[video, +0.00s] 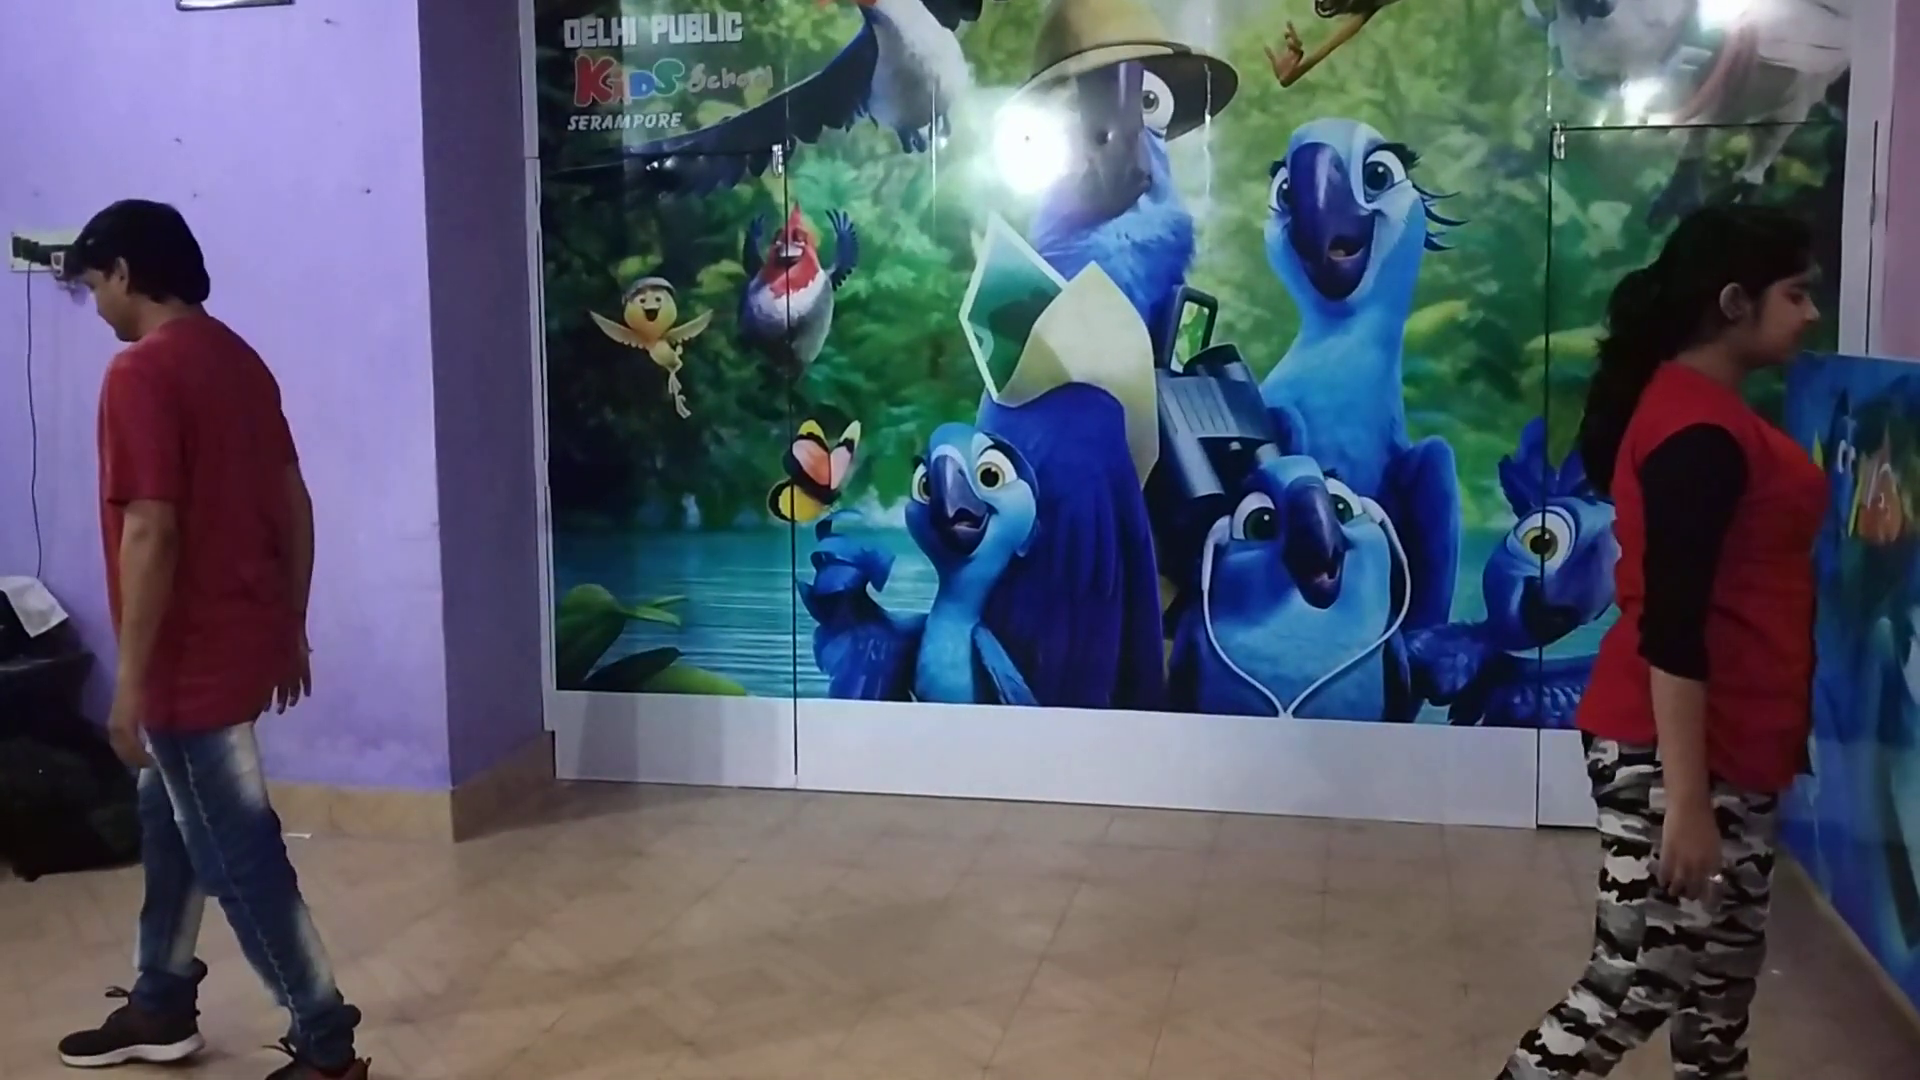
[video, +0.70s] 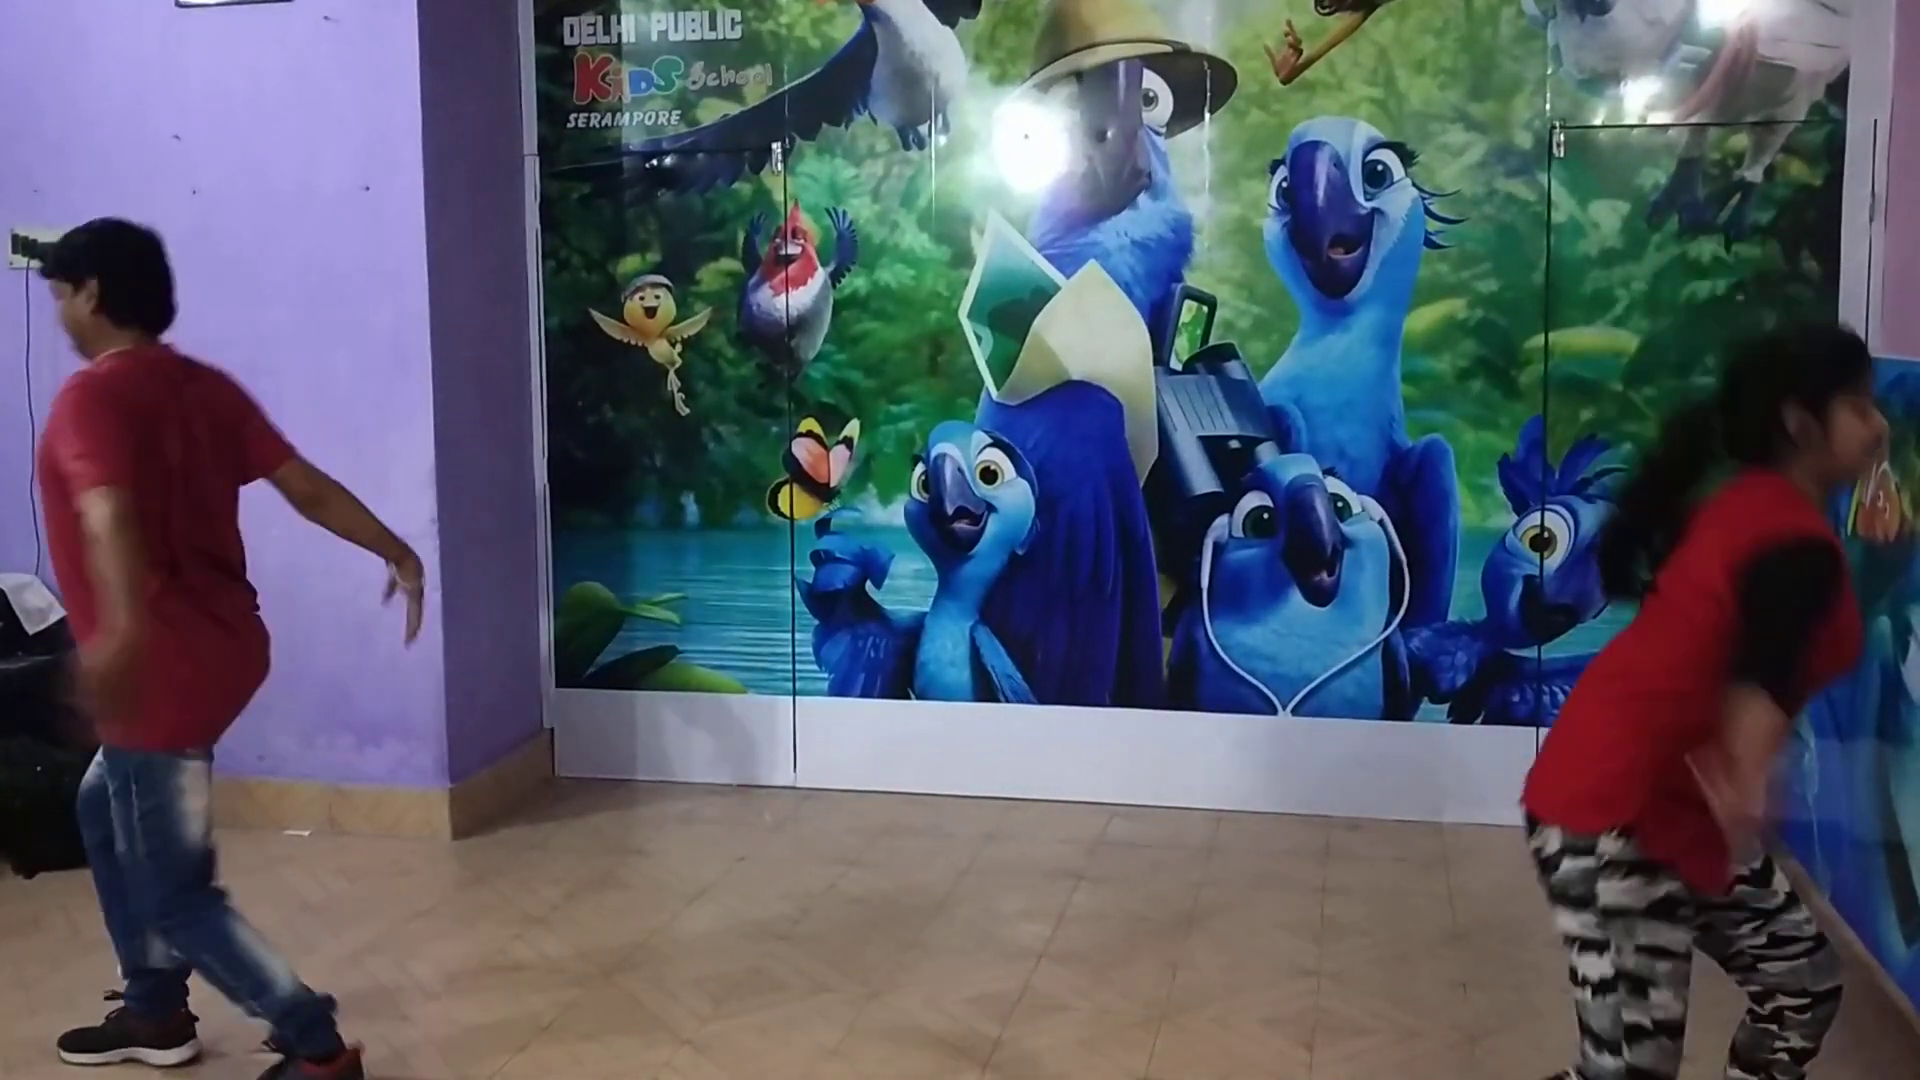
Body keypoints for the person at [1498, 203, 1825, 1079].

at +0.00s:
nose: (1810, 313)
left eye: (1809, 294)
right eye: (1797, 294)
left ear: (1731, 303)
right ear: (1733, 301)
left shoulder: (1714, 410)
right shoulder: (1694, 429)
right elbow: (1671, 630)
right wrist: (1687, 802)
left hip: (1724, 748)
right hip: (1672, 752)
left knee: (1719, 992)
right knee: (1627, 987)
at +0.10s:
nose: (1819, 316)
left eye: (1819, 297)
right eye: (1807, 297)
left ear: (1744, 304)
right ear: (1744, 301)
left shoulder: (1721, 413)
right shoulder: (1700, 430)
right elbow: (1671, 627)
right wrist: (1688, 798)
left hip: (1735, 752)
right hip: (1674, 756)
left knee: (1730, 989)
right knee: (1617, 985)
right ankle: (1516, 1074)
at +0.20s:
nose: (1822, 321)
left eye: (1823, 301)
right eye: (1809, 300)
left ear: (1750, 307)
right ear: (1749, 303)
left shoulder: (1717, 412)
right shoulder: (1700, 429)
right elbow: (1665, 619)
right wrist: (1683, 787)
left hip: (1735, 753)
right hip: (1674, 757)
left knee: (1735, 980)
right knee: (1609, 984)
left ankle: (1717, 1075)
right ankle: (1508, 1072)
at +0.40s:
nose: (1819, 347)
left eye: (1822, 327)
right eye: (1810, 324)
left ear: (1746, 318)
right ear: (1750, 316)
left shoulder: (1717, 427)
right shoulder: (1672, 428)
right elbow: (1640, 581)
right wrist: (1660, 700)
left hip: (1742, 760)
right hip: (1674, 757)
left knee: (1750, 977)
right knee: (1599, 982)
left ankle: (1726, 1074)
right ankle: (1499, 1072)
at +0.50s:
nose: (1823, 350)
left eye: (1826, 330)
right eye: (1814, 327)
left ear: (1750, 326)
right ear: (1753, 322)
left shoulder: (1722, 434)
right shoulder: (1687, 441)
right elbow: (1636, 571)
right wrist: (1640, 629)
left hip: (1729, 768)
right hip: (1665, 764)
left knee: (1779, 970)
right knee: (1599, 996)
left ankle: (1744, 1074)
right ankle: (1496, 1072)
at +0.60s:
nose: (1843, 366)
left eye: (1842, 347)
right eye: (1830, 347)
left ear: (1767, 357)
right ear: (1769, 354)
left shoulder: (1719, 445)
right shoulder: (1737, 470)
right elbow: (1668, 591)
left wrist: (1860, 544)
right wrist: (1658, 642)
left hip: (1705, 793)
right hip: (1645, 791)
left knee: (1800, 977)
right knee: (1606, 1043)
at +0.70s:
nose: (1881, 428)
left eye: (1875, 407)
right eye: (1862, 409)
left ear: (1795, 423)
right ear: (1799, 422)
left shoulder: (1743, 505)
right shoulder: (1797, 543)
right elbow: (1742, 755)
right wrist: (1747, 841)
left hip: (1669, 811)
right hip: (1611, 819)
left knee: (1802, 979)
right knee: (1629, 1066)